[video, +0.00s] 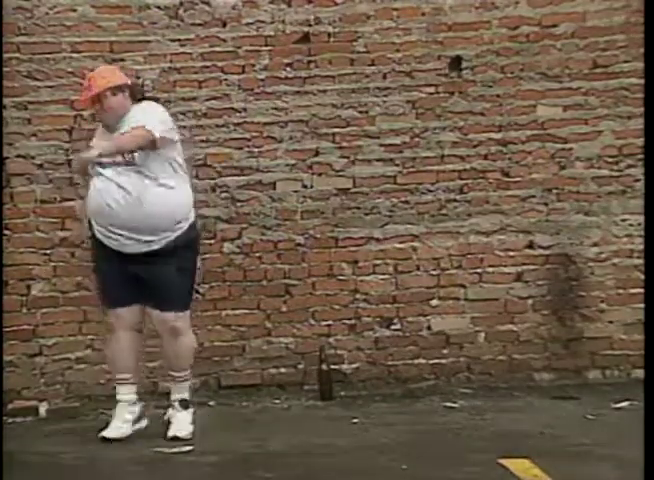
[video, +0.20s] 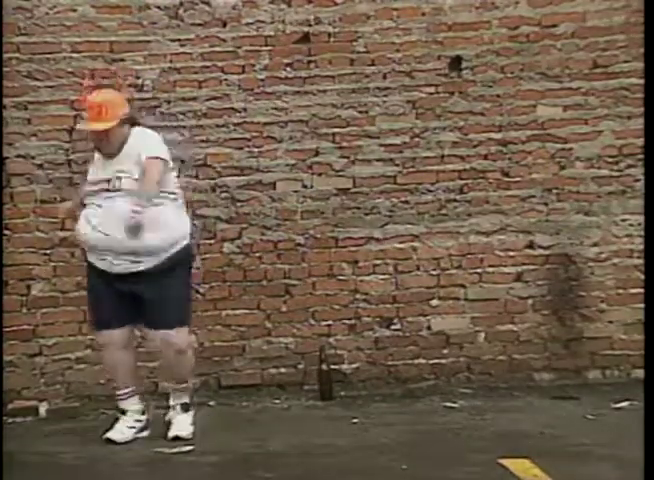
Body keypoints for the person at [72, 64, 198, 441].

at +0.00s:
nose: (95, 109)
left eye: (99, 100)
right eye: (93, 104)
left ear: (121, 94)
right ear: (97, 105)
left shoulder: (150, 113)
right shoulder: (102, 134)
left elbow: (141, 139)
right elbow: (89, 179)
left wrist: (98, 149)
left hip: (168, 240)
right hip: (114, 241)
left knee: (173, 322)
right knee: (122, 322)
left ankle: (181, 406)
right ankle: (127, 405)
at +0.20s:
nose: (99, 139)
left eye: (106, 131)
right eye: (95, 132)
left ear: (124, 122)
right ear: (89, 128)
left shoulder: (147, 140)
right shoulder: (96, 157)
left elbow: (154, 175)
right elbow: (90, 200)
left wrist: (139, 208)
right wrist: (76, 215)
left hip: (162, 259)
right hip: (107, 261)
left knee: (172, 338)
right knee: (113, 338)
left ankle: (181, 408)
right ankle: (133, 414)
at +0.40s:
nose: (102, 104)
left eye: (110, 97)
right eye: (96, 97)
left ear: (127, 92)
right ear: (87, 94)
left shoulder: (153, 118)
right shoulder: (77, 126)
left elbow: (196, 161)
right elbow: (61, 175)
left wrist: (198, 198)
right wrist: (29, 173)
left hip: (160, 226)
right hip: (107, 239)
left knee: (170, 314)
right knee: (118, 324)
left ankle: (201, 394)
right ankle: (136, 407)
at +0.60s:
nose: (105, 117)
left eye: (114, 110)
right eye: (99, 109)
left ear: (131, 110)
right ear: (90, 108)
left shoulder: (152, 139)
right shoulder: (73, 145)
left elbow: (192, 163)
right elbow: (27, 168)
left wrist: (201, 158)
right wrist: (5, 173)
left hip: (159, 245)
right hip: (103, 263)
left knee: (175, 309)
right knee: (115, 341)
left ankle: (228, 376)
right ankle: (144, 414)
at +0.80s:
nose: (102, 104)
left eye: (110, 97)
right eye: (96, 98)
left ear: (130, 92)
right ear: (89, 97)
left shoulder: (157, 118)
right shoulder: (82, 135)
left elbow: (194, 151)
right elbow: (64, 181)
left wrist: (175, 168)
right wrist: (50, 205)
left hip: (162, 241)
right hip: (104, 248)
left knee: (168, 323)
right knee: (120, 330)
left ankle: (172, 410)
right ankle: (139, 408)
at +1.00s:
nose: (115, 125)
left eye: (121, 116)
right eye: (107, 119)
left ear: (137, 109)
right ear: (100, 118)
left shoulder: (167, 141)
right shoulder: (102, 149)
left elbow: (196, 192)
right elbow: (92, 200)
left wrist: (191, 241)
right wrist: (81, 240)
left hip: (159, 267)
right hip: (102, 262)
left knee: (158, 344)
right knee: (91, 334)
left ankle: (159, 414)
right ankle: (118, 399)